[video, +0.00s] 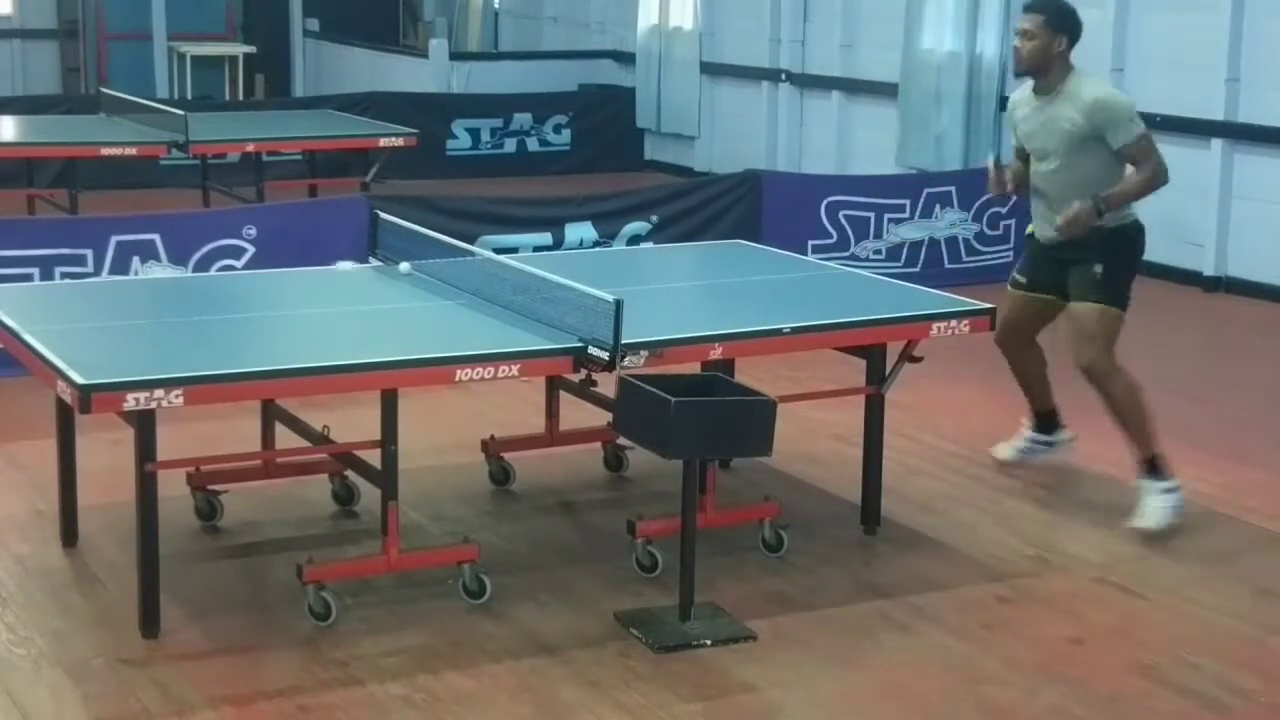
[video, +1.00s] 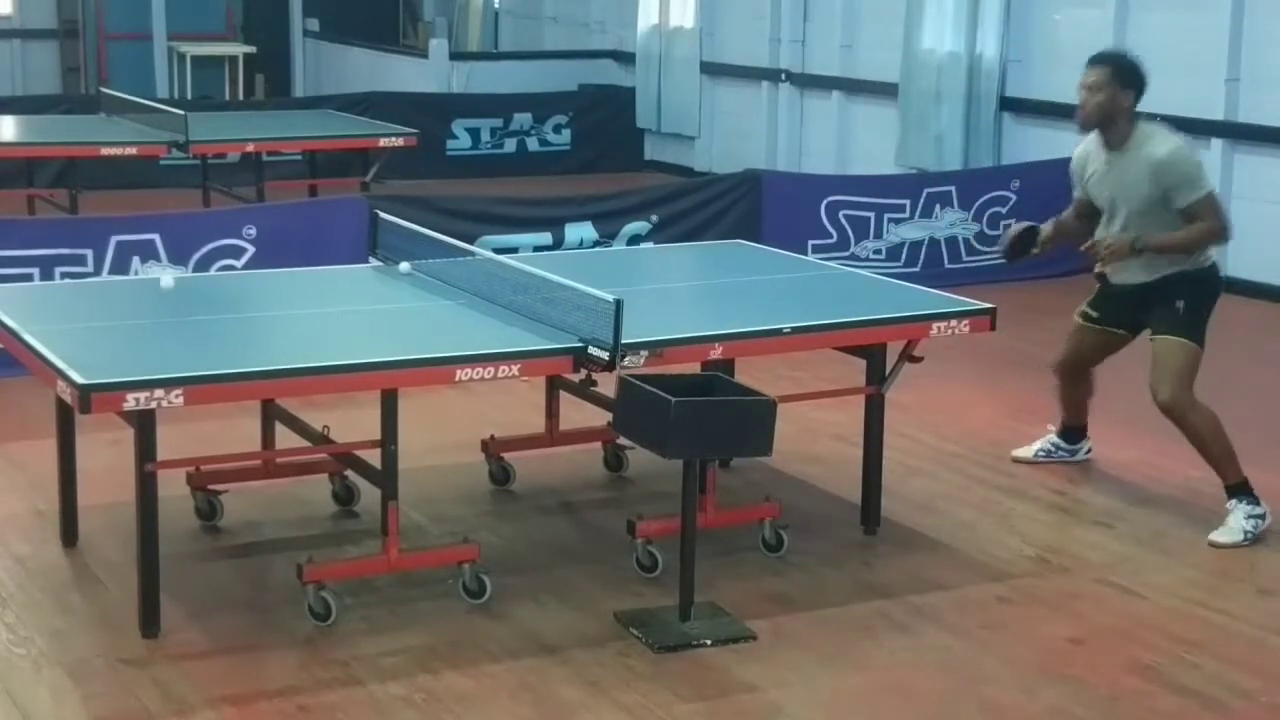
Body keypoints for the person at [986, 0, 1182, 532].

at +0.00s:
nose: (1017, 45)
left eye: (1027, 37)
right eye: (1017, 36)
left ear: (1060, 43)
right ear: (1030, 44)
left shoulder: (1101, 103)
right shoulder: (1020, 106)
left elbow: (1155, 171)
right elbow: (1026, 172)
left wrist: (1098, 206)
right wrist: (1008, 180)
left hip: (1106, 242)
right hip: (1048, 241)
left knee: (1093, 358)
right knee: (1012, 333)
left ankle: (1159, 481)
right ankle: (1047, 430)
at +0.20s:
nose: (1024, 96)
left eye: (1035, 88)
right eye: (1023, 87)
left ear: (1069, 93)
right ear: (1030, 90)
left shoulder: (1116, 144)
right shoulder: (1028, 148)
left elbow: (1155, 216)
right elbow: (1034, 218)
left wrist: (1093, 243)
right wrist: (999, 223)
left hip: (1128, 268)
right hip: (1069, 269)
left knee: (1128, 377)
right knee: (1015, 351)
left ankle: (1200, 481)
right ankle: (1034, 433)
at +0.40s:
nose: (1029, 114)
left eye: (1040, 105)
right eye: (1029, 105)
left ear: (1074, 108)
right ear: (1037, 106)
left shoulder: (1119, 151)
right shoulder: (1047, 160)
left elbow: (1171, 223)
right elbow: (1061, 234)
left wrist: (1095, 238)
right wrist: (1016, 234)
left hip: (1162, 271)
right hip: (1105, 275)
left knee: (1169, 382)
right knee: (1042, 354)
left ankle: (1246, 502)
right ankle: (1071, 439)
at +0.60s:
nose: (1041, 134)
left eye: (1051, 125)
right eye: (1039, 124)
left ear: (1085, 127)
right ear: (1052, 128)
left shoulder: (1131, 172)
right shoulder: (1063, 180)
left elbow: (1180, 245)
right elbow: (1077, 252)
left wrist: (1103, 259)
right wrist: (1033, 251)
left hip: (1180, 283)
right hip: (1124, 287)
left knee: (1175, 390)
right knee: (1051, 361)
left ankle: (1249, 506)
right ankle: (1072, 441)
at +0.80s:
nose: (1045, 119)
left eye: (1055, 110)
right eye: (1043, 110)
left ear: (1089, 113)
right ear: (1054, 114)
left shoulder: (1135, 159)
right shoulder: (1063, 165)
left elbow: (1192, 229)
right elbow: (1077, 236)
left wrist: (1114, 246)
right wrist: (1033, 236)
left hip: (1179, 273)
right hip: (1122, 276)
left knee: (1179, 384)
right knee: (1056, 355)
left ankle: (1248, 504)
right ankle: (1072, 440)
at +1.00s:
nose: (1080, 98)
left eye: (1091, 91)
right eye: (1081, 89)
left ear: (1125, 99)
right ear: (1092, 97)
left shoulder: (1167, 153)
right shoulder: (1086, 155)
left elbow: (1216, 227)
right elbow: (1083, 218)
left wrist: (1137, 245)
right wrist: (1044, 234)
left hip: (1183, 281)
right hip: (1124, 281)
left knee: (1171, 395)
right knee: (1070, 366)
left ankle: (1246, 503)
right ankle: (1071, 440)